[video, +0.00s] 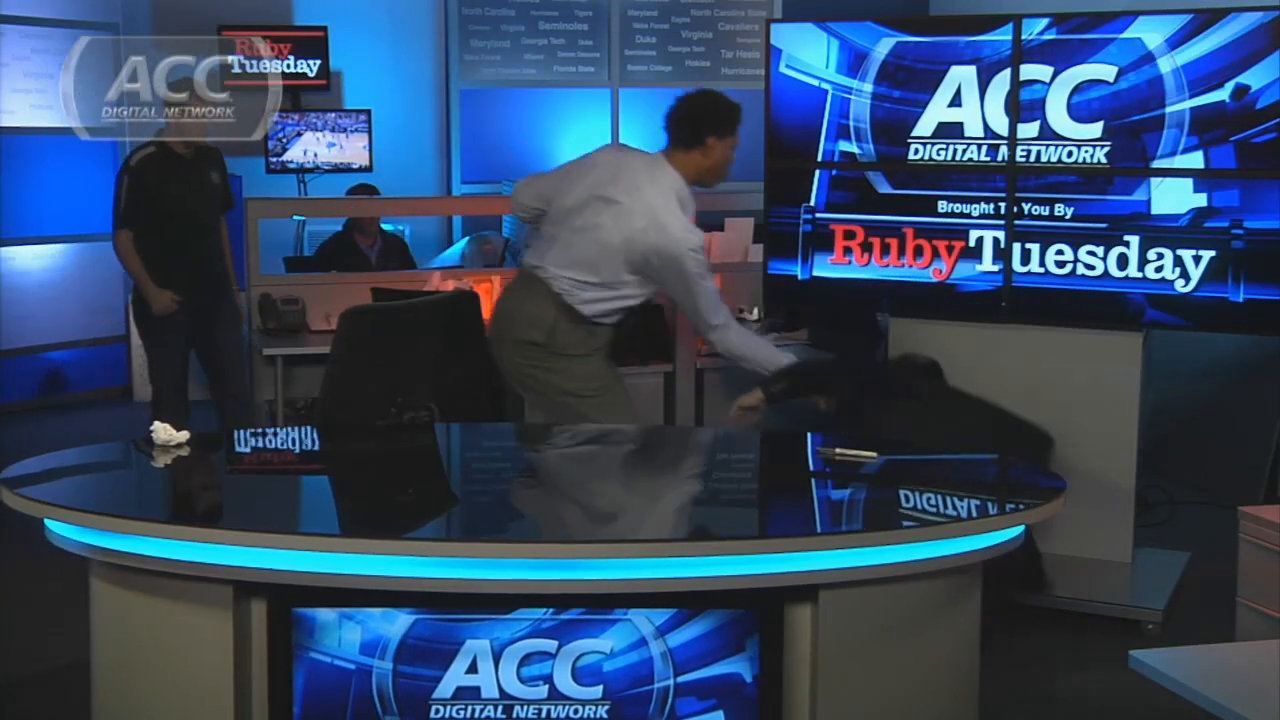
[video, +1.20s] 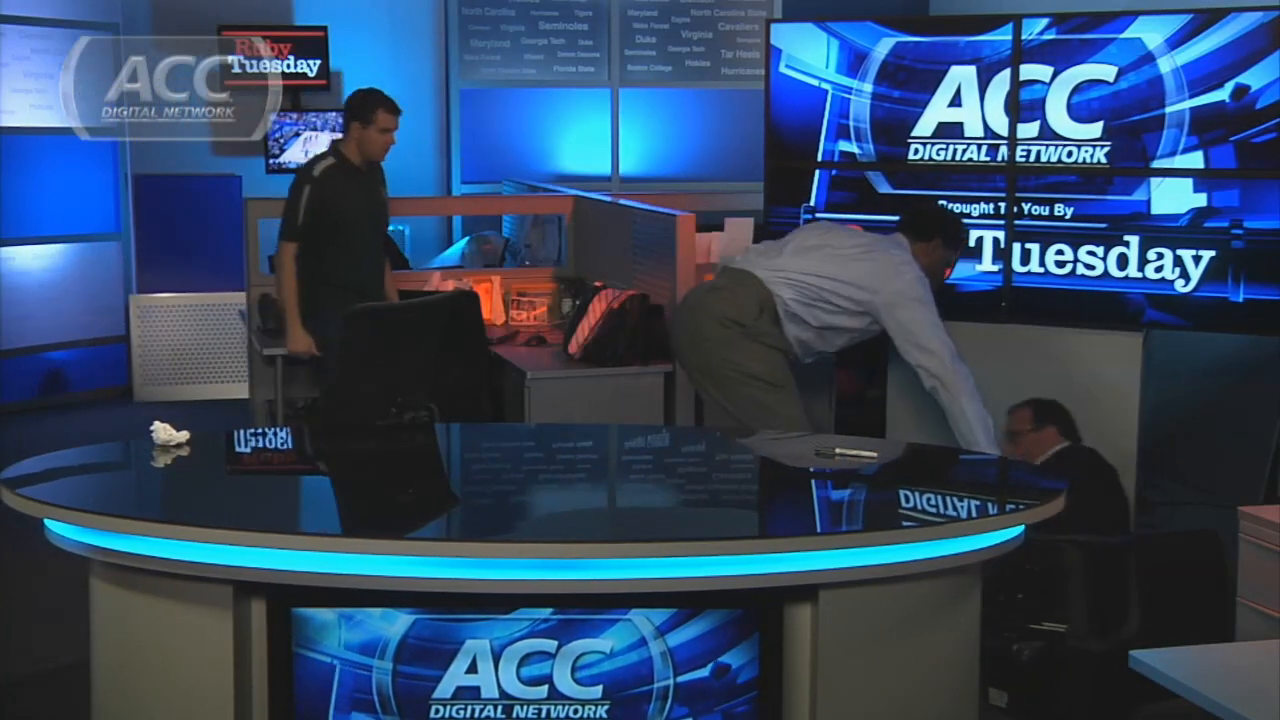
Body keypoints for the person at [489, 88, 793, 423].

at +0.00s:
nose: (732, 158)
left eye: (733, 147)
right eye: (731, 146)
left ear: (677, 132)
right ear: (710, 143)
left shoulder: (611, 159)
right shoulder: (672, 232)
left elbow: (523, 198)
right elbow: (719, 330)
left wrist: (576, 230)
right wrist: (795, 369)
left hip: (517, 315)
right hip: (553, 338)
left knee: (546, 451)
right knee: (621, 451)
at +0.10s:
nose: (763, 174)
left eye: (765, 164)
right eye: (763, 163)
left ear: (710, 150)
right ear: (749, 163)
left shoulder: (639, 175)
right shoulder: (717, 242)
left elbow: (548, 209)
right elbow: (755, 343)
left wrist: (595, 244)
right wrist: (819, 382)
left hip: (546, 326)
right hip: (593, 347)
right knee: (665, 461)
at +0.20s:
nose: (805, 199)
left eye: (805, 186)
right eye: (806, 187)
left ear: (750, 168)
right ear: (795, 188)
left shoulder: (678, 188)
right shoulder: (761, 266)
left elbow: (578, 226)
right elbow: (782, 369)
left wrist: (575, 270)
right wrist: (862, 379)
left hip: (564, 330)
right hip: (620, 356)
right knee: (696, 482)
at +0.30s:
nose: (831, 228)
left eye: (835, 216)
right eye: (832, 215)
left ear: (784, 190)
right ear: (814, 208)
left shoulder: (710, 193)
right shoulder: (787, 280)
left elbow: (612, 221)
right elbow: (825, 385)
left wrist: (577, 256)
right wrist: (919, 387)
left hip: (580, 321)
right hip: (632, 350)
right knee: (712, 486)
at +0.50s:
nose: (883, 253)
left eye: (888, 243)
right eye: (885, 242)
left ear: (836, 215)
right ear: (865, 236)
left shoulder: (759, 210)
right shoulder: (827, 299)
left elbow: (659, 214)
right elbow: (884, 386)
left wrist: (615, 247)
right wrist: (937, 453)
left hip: (612, 313)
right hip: (649, 349)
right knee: (721, 465)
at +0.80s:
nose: (918, 289)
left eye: (924, 279)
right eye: (922, 277)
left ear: (877, 241)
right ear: (904, 263)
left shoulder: (806, 233)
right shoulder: (866, 296)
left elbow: (704, 226)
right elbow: (914, 390)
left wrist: (664, 277)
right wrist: (964, 464)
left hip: (653, 314)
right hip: (686, 333)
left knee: (699, 454)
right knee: (740, 461)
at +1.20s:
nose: (944, 278)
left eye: (949, 267)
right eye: (948, 265)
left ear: (907, 235)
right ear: (934, 250)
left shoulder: (842, 236)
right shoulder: (898, 272)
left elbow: (761, 255)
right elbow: (944, 370)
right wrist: (989, 458)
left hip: (706, 310)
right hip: (736, 319)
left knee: (753, 449)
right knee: (791, 450)